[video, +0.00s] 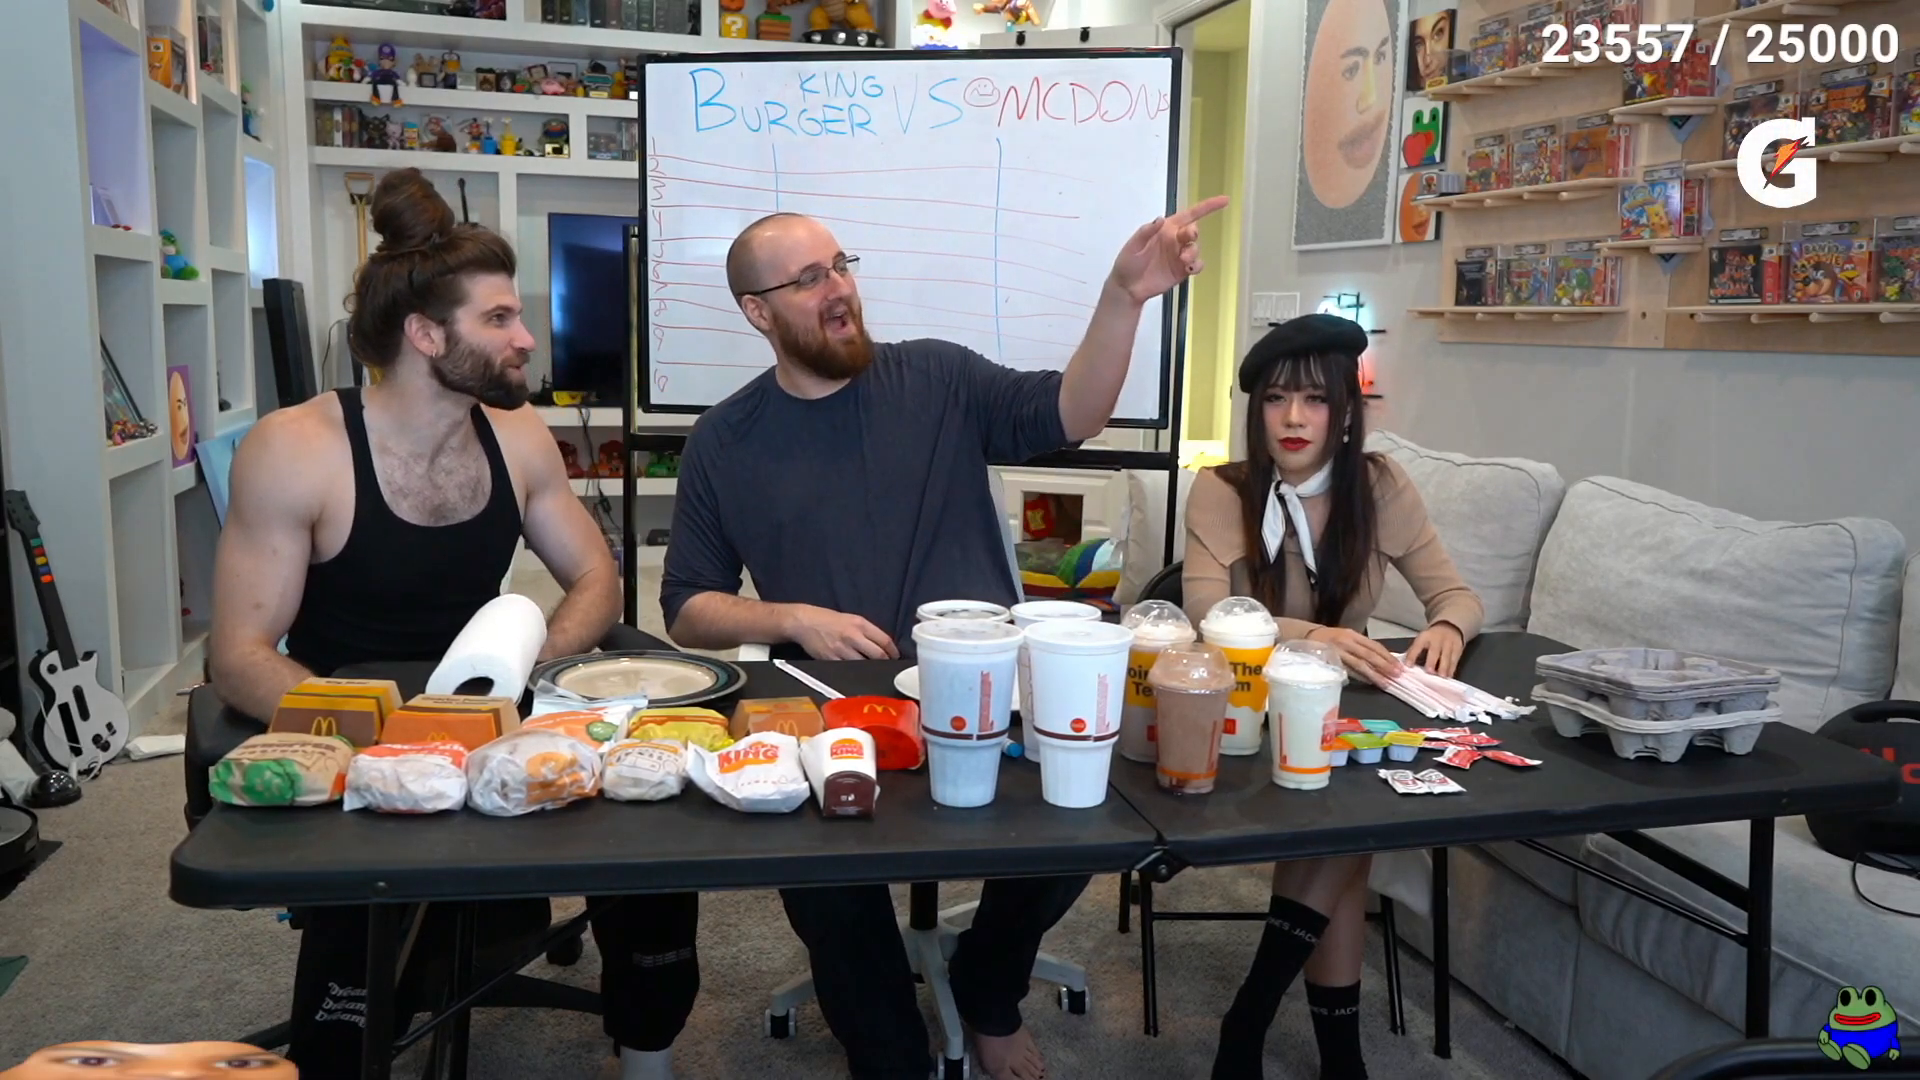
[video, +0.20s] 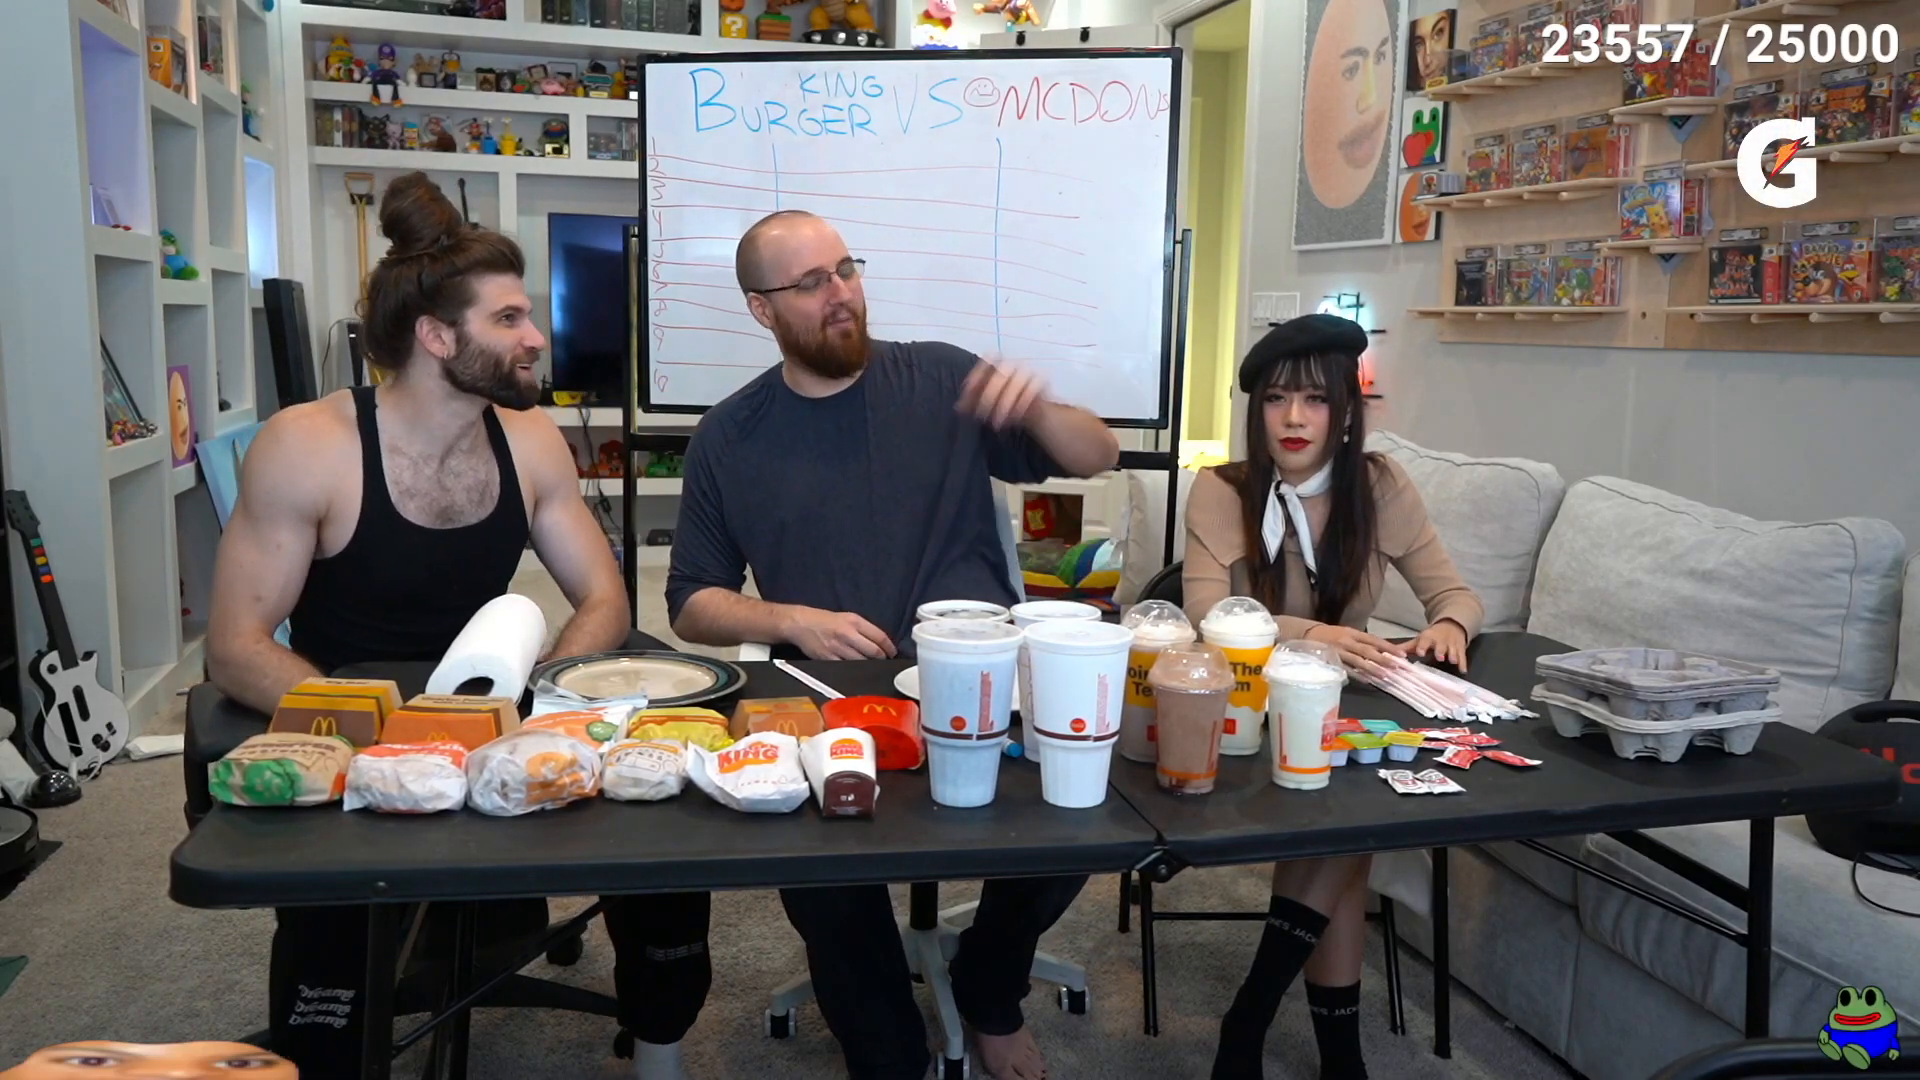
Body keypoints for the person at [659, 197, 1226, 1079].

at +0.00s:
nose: (840, 288)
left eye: (841, 267)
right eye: (809, 279)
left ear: (856, 274)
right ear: (757, 313)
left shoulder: (937, 376)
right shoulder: (724, 442)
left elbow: (1073, 413)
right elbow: (687, 609)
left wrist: (1124, 294)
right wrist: (792, 619)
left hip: (978, 692)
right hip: (825, 710)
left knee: (1072, 824)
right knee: (818, 870)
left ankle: (986, 990)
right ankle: (897, 1062)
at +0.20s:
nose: (840, 292)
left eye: (846, 270)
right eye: (809, 283)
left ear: (862, 277)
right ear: (763, 311)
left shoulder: (945, 378)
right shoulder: (726, 440)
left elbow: (1098, 456)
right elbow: (693, 604)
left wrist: (1039, 410)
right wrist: (797, 622)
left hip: (976, 685)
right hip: (826, 703)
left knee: (1069, 821)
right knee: (816, 863)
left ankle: (987, 992)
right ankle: (893, 1059)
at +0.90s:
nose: (820, 344)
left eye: (843, 316)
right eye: (797, 320)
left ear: (889, 312)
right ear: (775, 322)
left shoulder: (988, 391)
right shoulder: (756, 396)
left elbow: (1099, 450)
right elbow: (751, 475)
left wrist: (1081, 609)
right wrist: (784, 590)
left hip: (968, 681)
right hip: (825, 673)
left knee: (938, 834)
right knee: (744, 819)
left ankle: (844, 1017)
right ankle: (889, 1033)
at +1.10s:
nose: (787, 392)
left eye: (810, 363)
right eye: (762, 367)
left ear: (860, 336)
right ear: (739, 347)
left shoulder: (970, 393)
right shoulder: (732, 393)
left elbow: (1098, 436)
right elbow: (759, 481)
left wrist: (1083, 609)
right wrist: (787, 587)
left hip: (952, 677)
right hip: (812, 665)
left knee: (875, 839)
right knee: (757, 825)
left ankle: (900, 1046)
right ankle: (836, 1022)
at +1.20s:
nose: (772, 418)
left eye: (794, 389)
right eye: (745, 395)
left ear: (846, 343)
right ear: (720, 365)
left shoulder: (967, 381)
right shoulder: (719, 391)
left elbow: (1092, 431)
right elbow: (762, 484)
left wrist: (1089, 591)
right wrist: (786, 577)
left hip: (952, 658)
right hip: (811, 652)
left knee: (881, 833)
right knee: (761, 818)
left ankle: (902, 1045)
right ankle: (838, 1021)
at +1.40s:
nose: (750, 377)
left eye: (770, 349)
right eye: (724, 356)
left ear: (826, 293)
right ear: (697, 321)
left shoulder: (969, 331)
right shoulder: (703, 349)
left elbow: (1085, 419)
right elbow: (748, 460)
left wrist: (1099, 566)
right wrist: (791, 558)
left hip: (949, 626)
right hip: (808, 615)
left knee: (890, 831)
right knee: (779, 815)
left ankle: (901, 1043)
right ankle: (835, 1021)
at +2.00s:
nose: (671, 86)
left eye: (664, 58)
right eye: (659, 65)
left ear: (722, 27)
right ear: (729, 28)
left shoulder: (924, 139)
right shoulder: (764, 144)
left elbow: (1027, 351)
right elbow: (809, 339)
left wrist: (973, 539)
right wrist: (786, 477)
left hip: (887, 536)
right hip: (772, 513)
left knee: (862, 799)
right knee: (737, 756)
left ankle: (898, 1024)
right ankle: (801, 975)